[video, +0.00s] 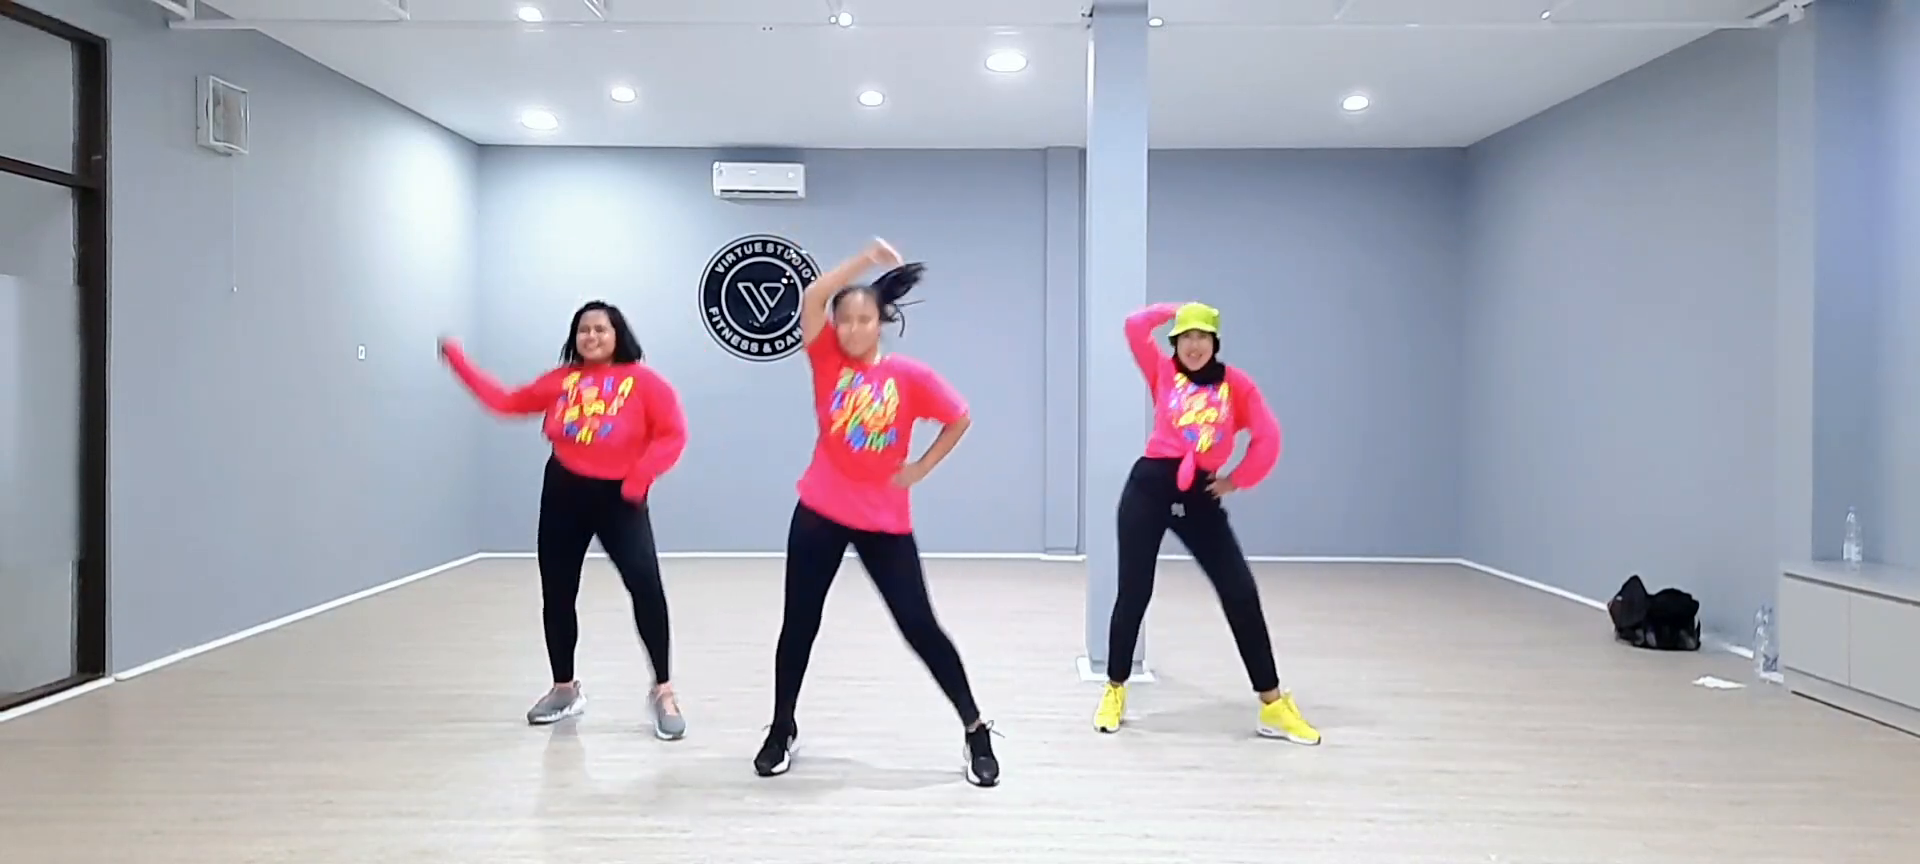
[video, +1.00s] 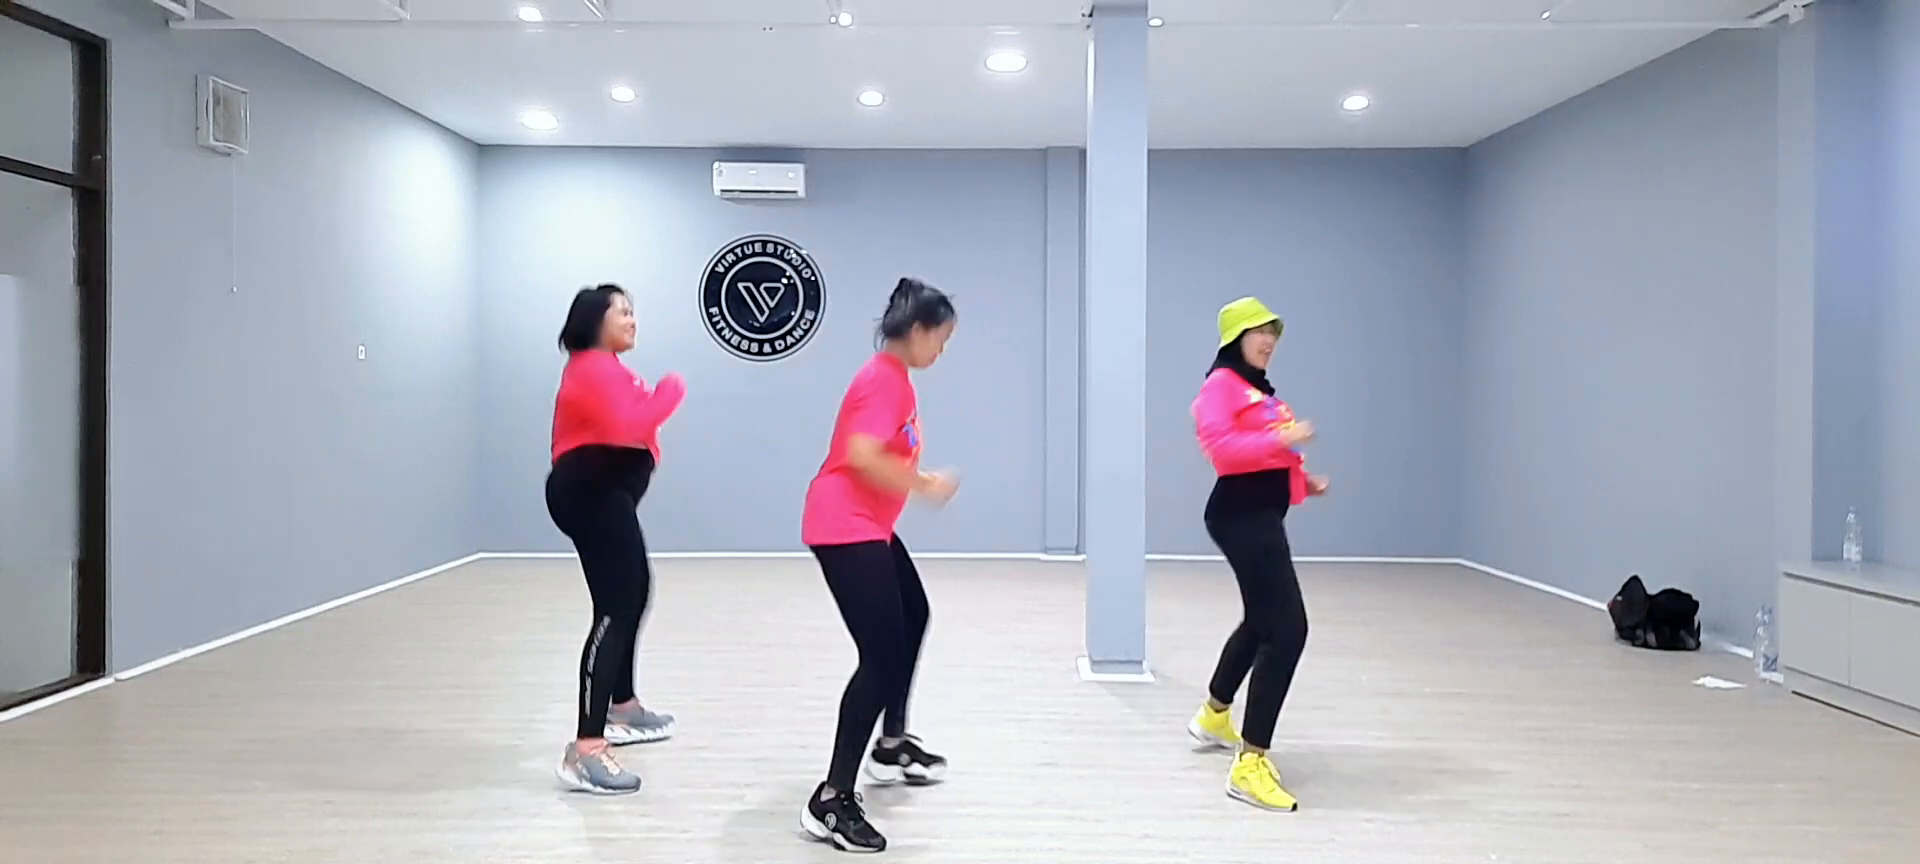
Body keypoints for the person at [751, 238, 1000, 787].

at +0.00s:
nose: (854, 328)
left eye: (864, 320)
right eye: (846, 319)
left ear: (882, 324)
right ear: (833, 324)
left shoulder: (906, 375)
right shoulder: (827, 361)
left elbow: (958, 418)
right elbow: (811, 297)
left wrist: (919, 469)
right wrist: (866, 259)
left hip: (883, 517)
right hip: (820, 509)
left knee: (920, 629)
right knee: (798, 624)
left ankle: (976, 730)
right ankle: (780, 729)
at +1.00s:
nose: (943, 350)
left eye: (946, 340)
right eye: (941, 338)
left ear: (910, 331)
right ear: (916, 330)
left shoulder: (893, 379)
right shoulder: (885, 380)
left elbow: (866, 456)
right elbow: (859, 453)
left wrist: (909, 481)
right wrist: (919, 481)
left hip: (868, 524)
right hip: (845, 526)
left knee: (912, 615)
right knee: (880, 653)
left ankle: (891, 739)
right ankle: (834, 796)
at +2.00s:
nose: (911, 302)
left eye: (921, 295)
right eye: (902, 295)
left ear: (938, 304)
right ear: (891, 304)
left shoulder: (961, 356)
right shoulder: (876, 355)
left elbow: (1015, 388)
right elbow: (853, 408)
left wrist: (1037, 441)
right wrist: (822, 426)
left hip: (968, 498)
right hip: (915, 504)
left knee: (947, 607)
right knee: (927, 616)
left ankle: (988, 722)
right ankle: (978, 709)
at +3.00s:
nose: (796, 344)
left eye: (806, 333)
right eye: (785, 334)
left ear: (822, 337)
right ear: (768, 338)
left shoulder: (851, 368)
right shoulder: (747, 389)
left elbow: (922, 346)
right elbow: (677, 401)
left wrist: (922, 394)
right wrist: (612, 432)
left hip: (844, 533)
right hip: (774, 534)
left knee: (861, 661)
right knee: (752, 660)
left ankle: (823, 728)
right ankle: (749, 772)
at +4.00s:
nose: (906, 295)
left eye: (917, 286)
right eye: (897, 285)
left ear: (936, 295)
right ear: (881, 293)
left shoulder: (955, 365)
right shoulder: (849, 344)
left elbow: (960, 445)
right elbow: (820, 395)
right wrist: (818, 453)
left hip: (918, 523)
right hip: (844, 514)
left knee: (907, 646)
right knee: (837, 632)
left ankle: (915, 799)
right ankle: (836, 762)